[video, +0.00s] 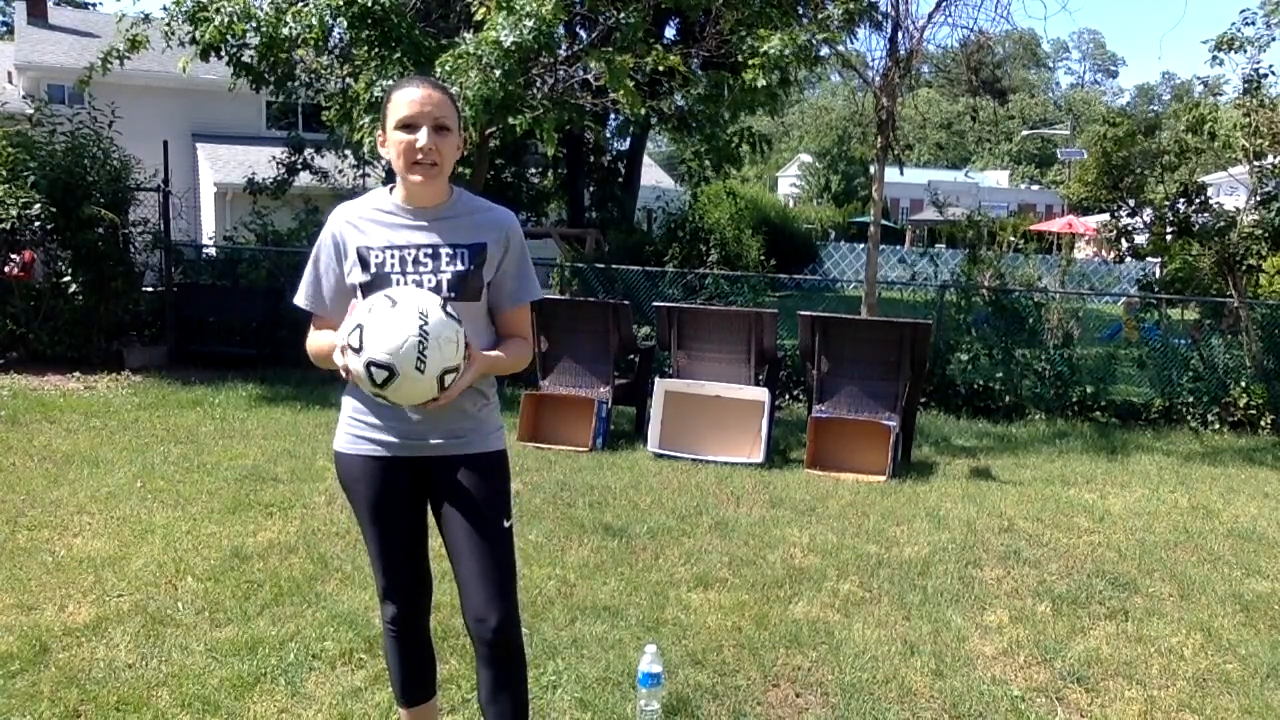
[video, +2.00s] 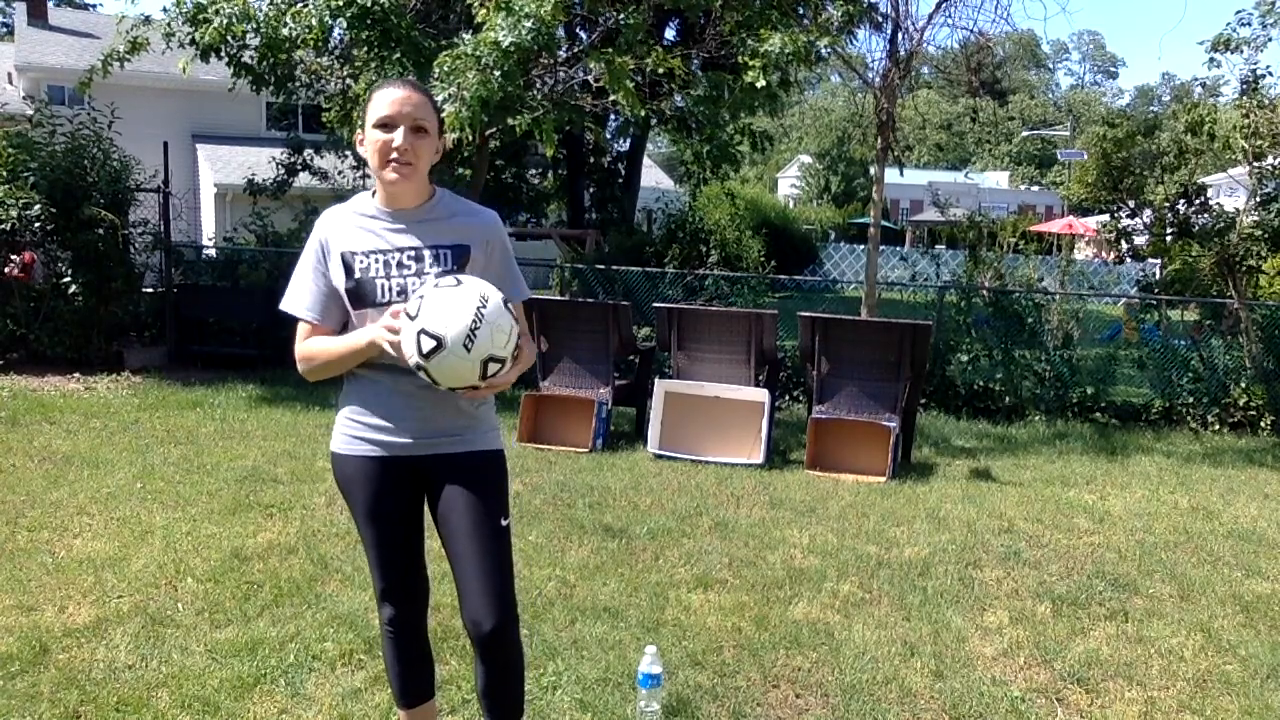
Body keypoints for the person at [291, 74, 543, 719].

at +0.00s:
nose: (424, 140)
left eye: (440, 128)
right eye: (408, 127)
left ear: (460, 143)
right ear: (384, 143)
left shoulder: (496, 227)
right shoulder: (348, 224)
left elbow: (521, 345)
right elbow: (317, 340)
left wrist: (486, 360)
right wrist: (339, 347)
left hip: (469, 445)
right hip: (373, 445)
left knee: (495, 621)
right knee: (401, 608)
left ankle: (508, 719)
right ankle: (420, 715)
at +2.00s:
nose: (399, 140)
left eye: (417, 128)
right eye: (385, 126)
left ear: (439, 144)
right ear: (361, 141)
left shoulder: (482, 226)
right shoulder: (335, 228)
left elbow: (524, 337)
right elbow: (308, 357)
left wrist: (511, 368)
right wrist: (370, 338)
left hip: (468, 441)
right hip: (373, 444)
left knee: (493, 622)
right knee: (400, 610)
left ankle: (505, 719)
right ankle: (419, 714)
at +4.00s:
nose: (417, 150)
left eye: (431, 136)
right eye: (401, 137)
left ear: (452, 146)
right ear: (377, 151)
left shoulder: (490, 230)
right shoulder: (346, 227)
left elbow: (538, 357)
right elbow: (299, 353)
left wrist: (515, 328)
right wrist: (346, 318)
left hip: (469, 437)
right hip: (375, 438)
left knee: (491, 619)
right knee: (400, 608)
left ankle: (503, 718)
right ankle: (420, 716)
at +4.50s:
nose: (418, 157)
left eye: (432, 142)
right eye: (402, 143)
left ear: (454, 149)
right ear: (379, 151)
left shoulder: (490, 232)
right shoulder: (348, 227)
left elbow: (538, 360)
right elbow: (290, 351)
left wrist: (517, 315)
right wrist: (323, 312)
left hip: (467, 439)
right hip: (375, 439)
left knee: (489, 619)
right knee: (400, 609)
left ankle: (502, 718)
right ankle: (419, 716)